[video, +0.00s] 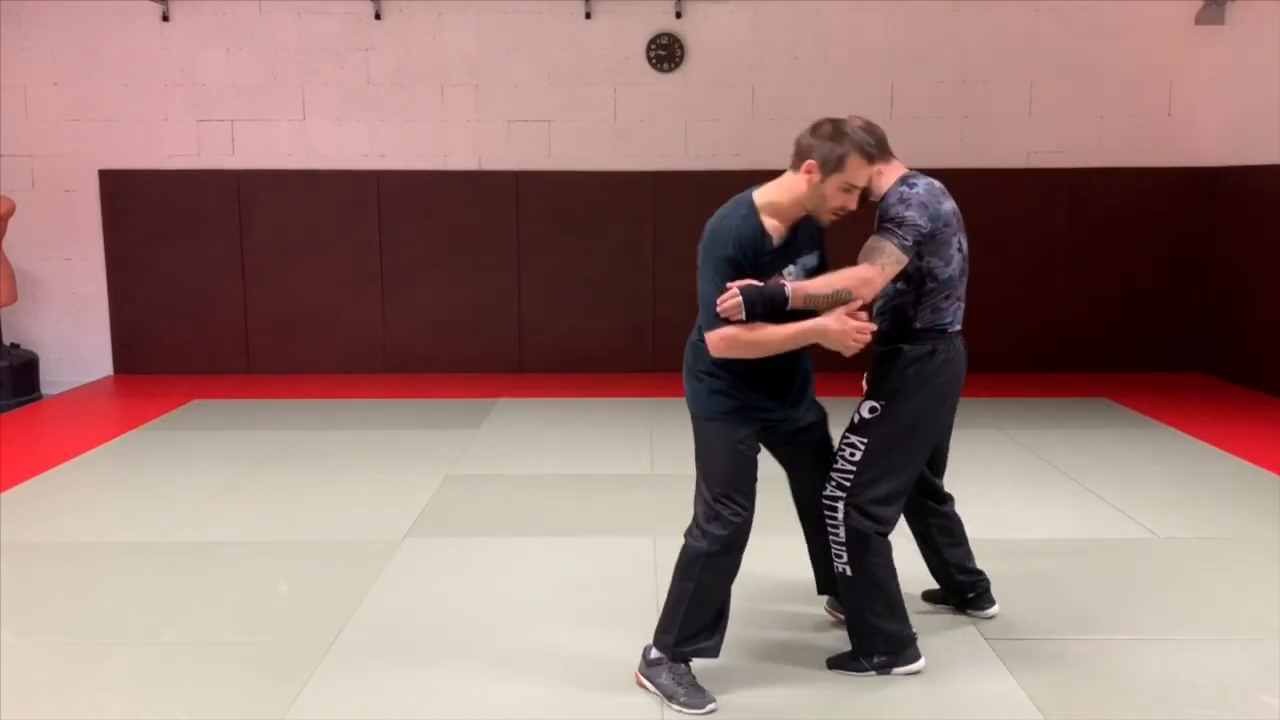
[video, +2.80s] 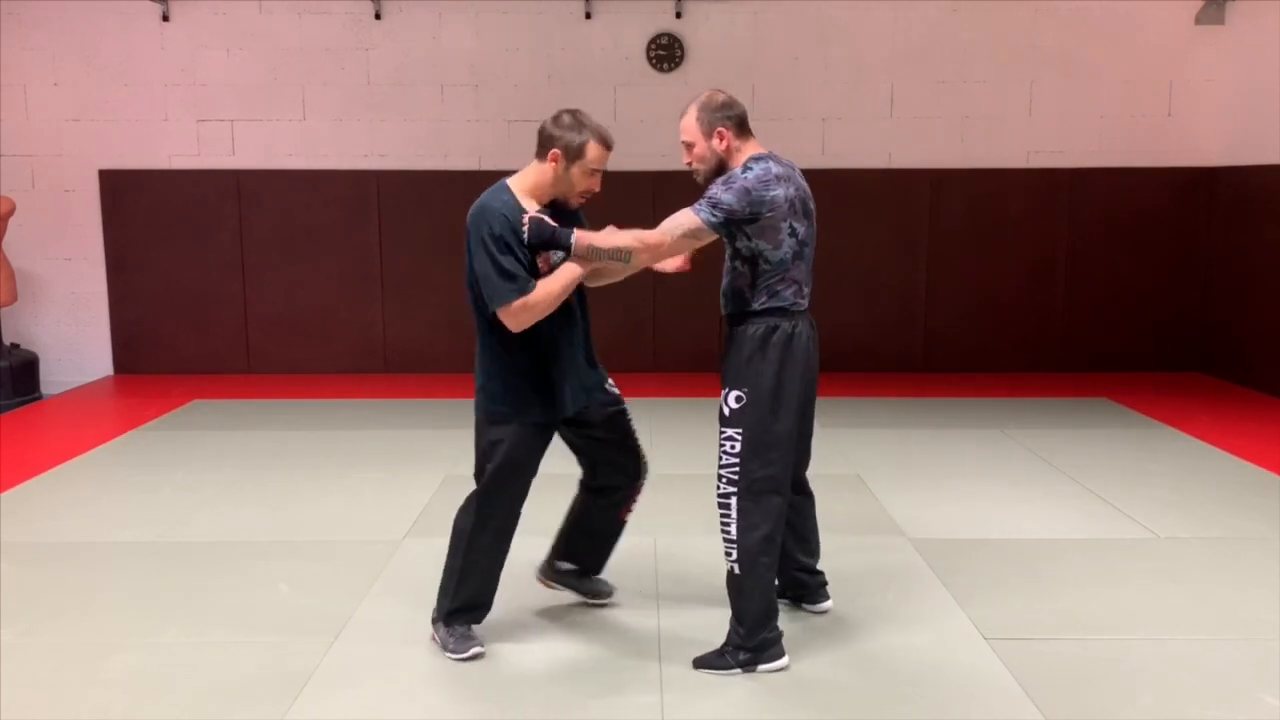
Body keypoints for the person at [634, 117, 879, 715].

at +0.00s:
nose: (852, 204)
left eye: (857, 192)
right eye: (847, 189)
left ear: (814, 175)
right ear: (809, 172)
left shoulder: (808, 221)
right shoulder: (729, 233)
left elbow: (805, 296)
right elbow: (721, 339)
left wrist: (845, 310)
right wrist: (816, 330)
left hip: (789, 385)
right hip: (726, 391)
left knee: (826, 491)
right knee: (723, 521)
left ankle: (843, 594)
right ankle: (666, 656)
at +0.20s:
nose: (793, 166)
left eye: (796, 154)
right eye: (790, 154)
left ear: (753, 144)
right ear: (756, 145)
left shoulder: (721, 192)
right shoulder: (693, 221)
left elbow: (724, 288)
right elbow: (691, 333)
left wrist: (767, 304)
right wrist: (771, 337)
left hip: (731, 384)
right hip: (694, 393)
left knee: (752, 489)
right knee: (706, 517)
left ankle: (761, 589)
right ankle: (665, 658)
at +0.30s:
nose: (765, 151)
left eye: (768, 138)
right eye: (763, 137)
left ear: (724, 130)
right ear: (730, 132)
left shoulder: (695, 190)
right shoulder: (674, 205)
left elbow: (693, 288)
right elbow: (674, 319)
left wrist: (738, 296)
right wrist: (747, 314)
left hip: (704, 383)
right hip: (675, 391)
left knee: (714, 498)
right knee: (687, 523)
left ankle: (672, 581)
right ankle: (664, 660)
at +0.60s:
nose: (724, 161)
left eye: (726, 149)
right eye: (720, 147)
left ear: (684, 143)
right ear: (689, 143)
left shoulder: (653, 199)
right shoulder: (627, 197)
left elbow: (653, 283)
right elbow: (610, 291)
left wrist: (684, 305)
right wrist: (682, 305)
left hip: (632, 379)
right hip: (605, 381)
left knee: (626, 491)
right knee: (624, 506)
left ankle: (591, 586)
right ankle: (633, 646)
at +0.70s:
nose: (705, 150)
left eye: (706, 138)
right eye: (700, 137)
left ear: (665, 133)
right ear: (669, 132)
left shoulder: (635, 190)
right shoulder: (610, 189)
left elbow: (616, 276)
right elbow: (595, 280)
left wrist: (640, 263)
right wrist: (662, 295)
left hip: (620, 379)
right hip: (591, 380)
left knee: (620, 495)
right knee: (593, 504)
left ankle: (603, 593)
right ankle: (572, 635)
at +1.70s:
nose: (615, 160)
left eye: (617, 149)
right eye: (611, 148)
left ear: (576, 141)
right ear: (582, 141)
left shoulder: (548, 196)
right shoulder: (525, 206)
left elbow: (553, 273)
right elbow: (515, 307)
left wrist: (590, 295)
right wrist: (586, 302)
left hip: (545, 375)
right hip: (505, 382)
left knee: (566, 475)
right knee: (508, 505)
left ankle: (576, 578)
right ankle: (488, 623)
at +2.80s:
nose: (597, 186)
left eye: (601, 174)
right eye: (592, 172)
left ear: (562, 162)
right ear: (556, 159)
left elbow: (585, 275)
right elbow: (515, 314)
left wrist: (647, 257)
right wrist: (577, 264)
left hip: (574, 374)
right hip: (516, 386)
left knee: (620, 470)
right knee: (496, 497)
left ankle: (570, 564)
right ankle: (454, 616)